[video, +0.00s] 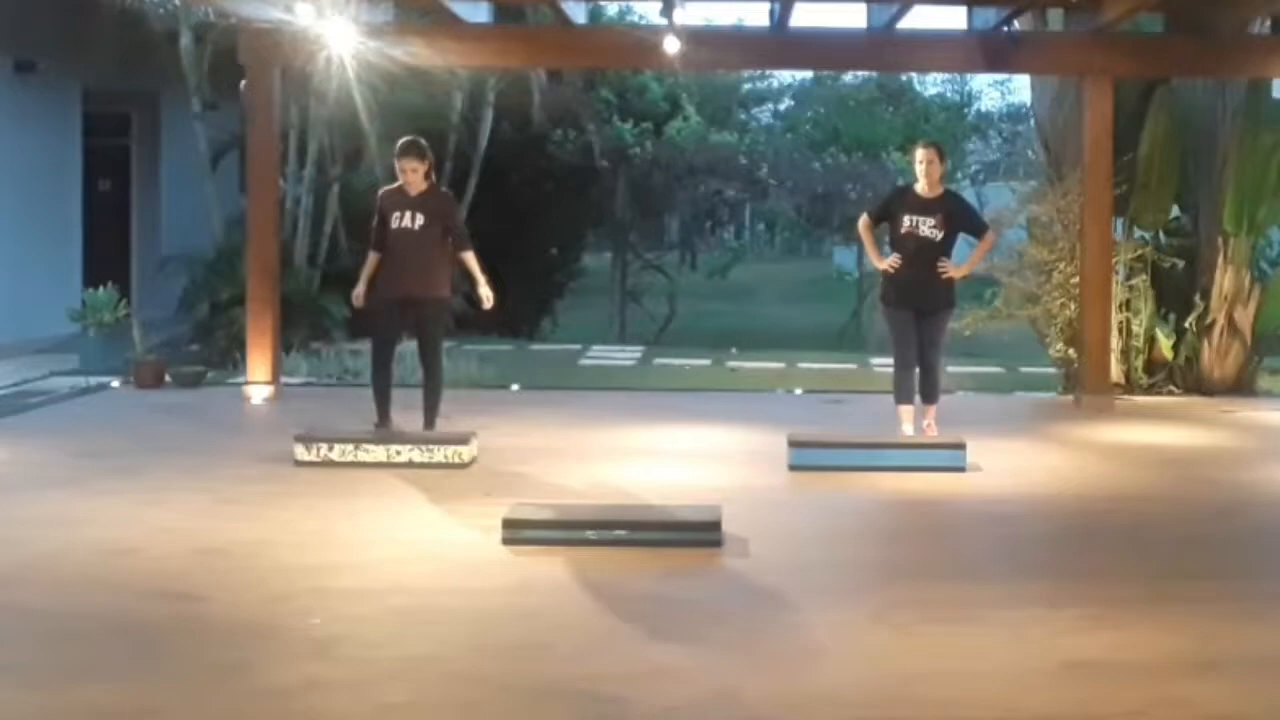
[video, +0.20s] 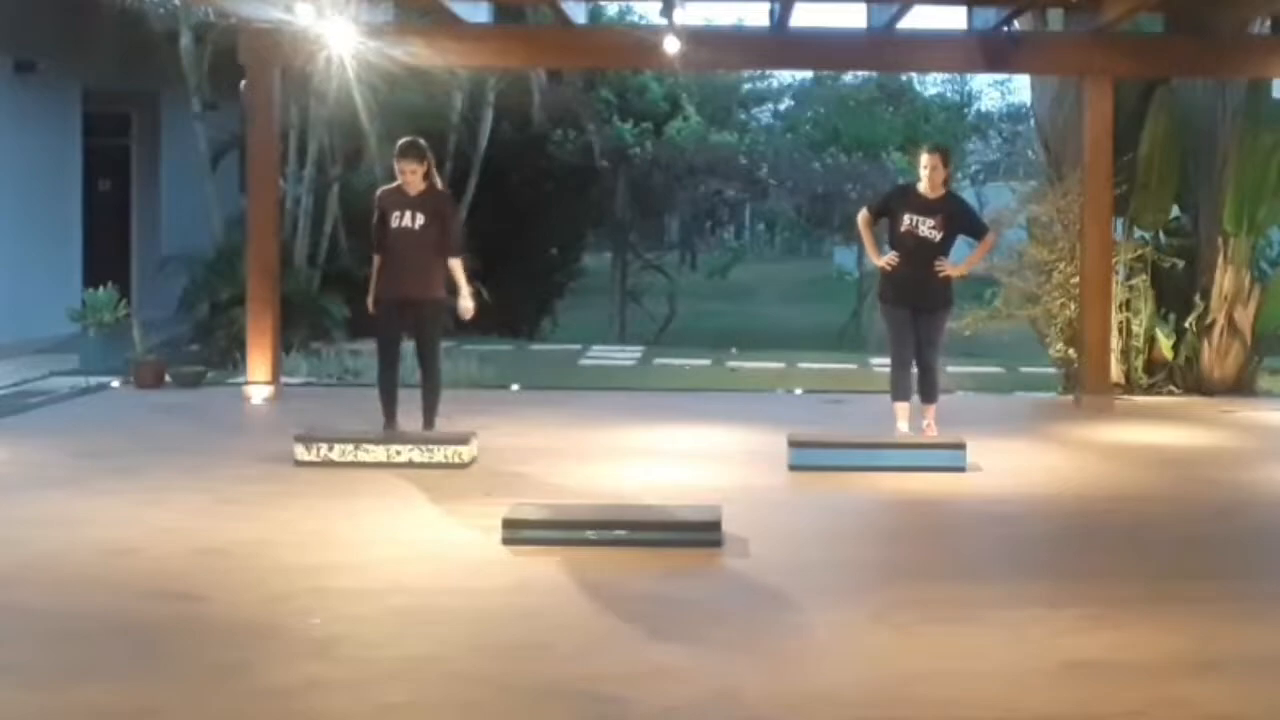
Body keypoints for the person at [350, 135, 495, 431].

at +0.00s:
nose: (407, 177)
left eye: (413, 170)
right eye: (403, 170)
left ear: (427, 168)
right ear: (396, 168)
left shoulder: (443, 201)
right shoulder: (386, 198)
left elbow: (463, 244)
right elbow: (377, 246)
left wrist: (481, 282)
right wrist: (362, 282)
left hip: (431, 295)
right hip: (391, 293)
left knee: (431, 360)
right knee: (380, 356)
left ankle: (429, 423)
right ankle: (383, 420)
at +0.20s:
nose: (407, 178)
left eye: (413, 171)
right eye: (402, 171)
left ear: (426, 168)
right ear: (395, 169)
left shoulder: (442, 200)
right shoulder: (384, 198)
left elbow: (452, 251)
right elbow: (379, 248)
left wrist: (464, 291)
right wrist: (373, 290)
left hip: (429, 295)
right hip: (391, 294)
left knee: (429, 362)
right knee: (387, 362)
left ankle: (428, 424)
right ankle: (390, 423)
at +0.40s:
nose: (400, 176)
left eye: (406, 170)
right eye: (395, 169)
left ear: (419, 168)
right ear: (388, 167)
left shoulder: (433, 200)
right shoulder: (376, 196)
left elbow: (435, 246)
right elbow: (364, 244)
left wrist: (425, 283)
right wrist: (353, 285)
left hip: (415, 291)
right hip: (380, 291)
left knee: (421, 360)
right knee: (385, 362)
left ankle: (427, 424)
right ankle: (390, 424)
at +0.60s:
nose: (391, 175)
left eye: (397, 169)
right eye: (386, 168)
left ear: (411, 166)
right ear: (381, 167)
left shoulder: (427, 200)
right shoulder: (371, 197)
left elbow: (430, 243)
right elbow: (359, 244)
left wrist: (406, 274)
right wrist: (344, 282)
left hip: (413, 291)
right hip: (376, 291)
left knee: (411, 357)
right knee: (382, 359)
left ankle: (416, 423)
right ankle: (388, 424)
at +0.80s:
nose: (385, 172)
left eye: (391, 165)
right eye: (380, 165)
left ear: (405, 163)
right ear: (375, 166)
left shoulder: (423, 198)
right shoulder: (369, 198)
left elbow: (428, 247)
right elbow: (363, 247)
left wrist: (426, 288)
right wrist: (355, 286)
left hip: (408, 291)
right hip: (376, 291)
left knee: (406, 359)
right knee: (381, 361)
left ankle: (406, 424)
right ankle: (388, 423)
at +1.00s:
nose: (385, 163)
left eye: (391, 157)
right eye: (380, 157)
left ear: (405, 161)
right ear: (375, 161)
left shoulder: (424, 197)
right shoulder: (368, 198)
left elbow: (437, 246)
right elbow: (362, 249)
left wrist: (449, 287)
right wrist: (356, 288)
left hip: (415, 293)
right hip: (378, 293)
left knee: (409, 359)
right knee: (382, 360)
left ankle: (407, 424)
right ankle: (389, 424)